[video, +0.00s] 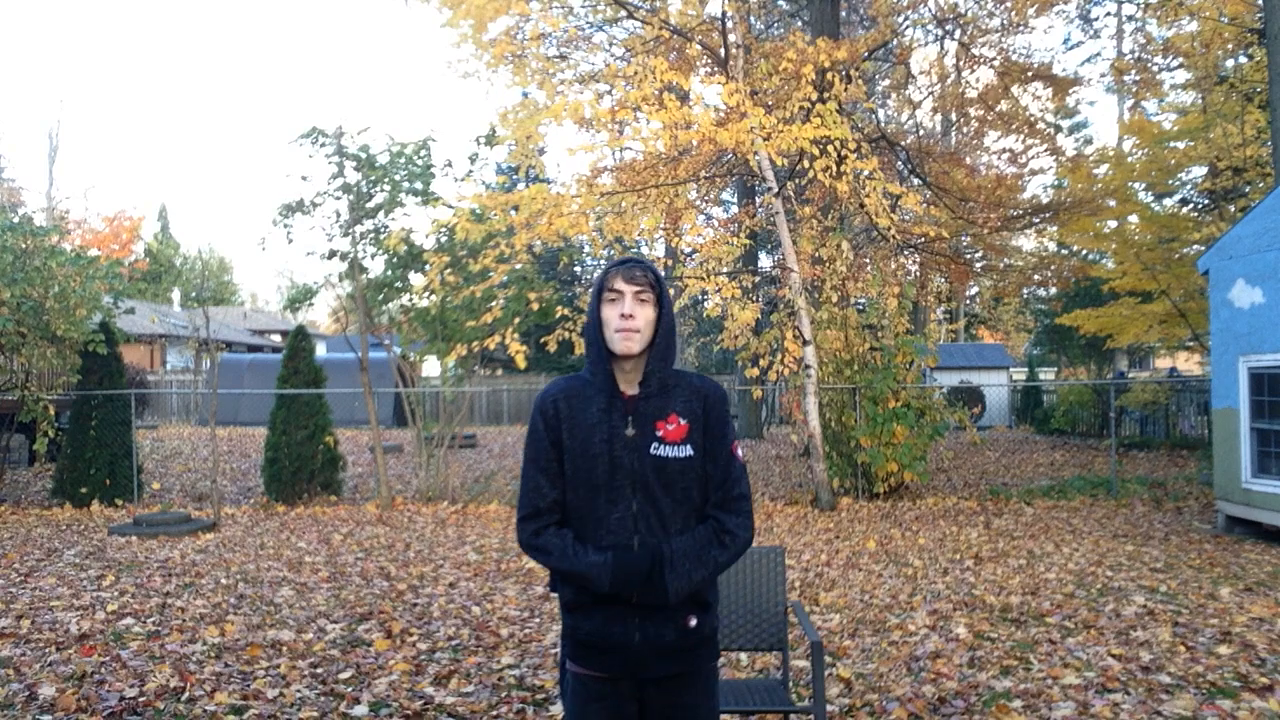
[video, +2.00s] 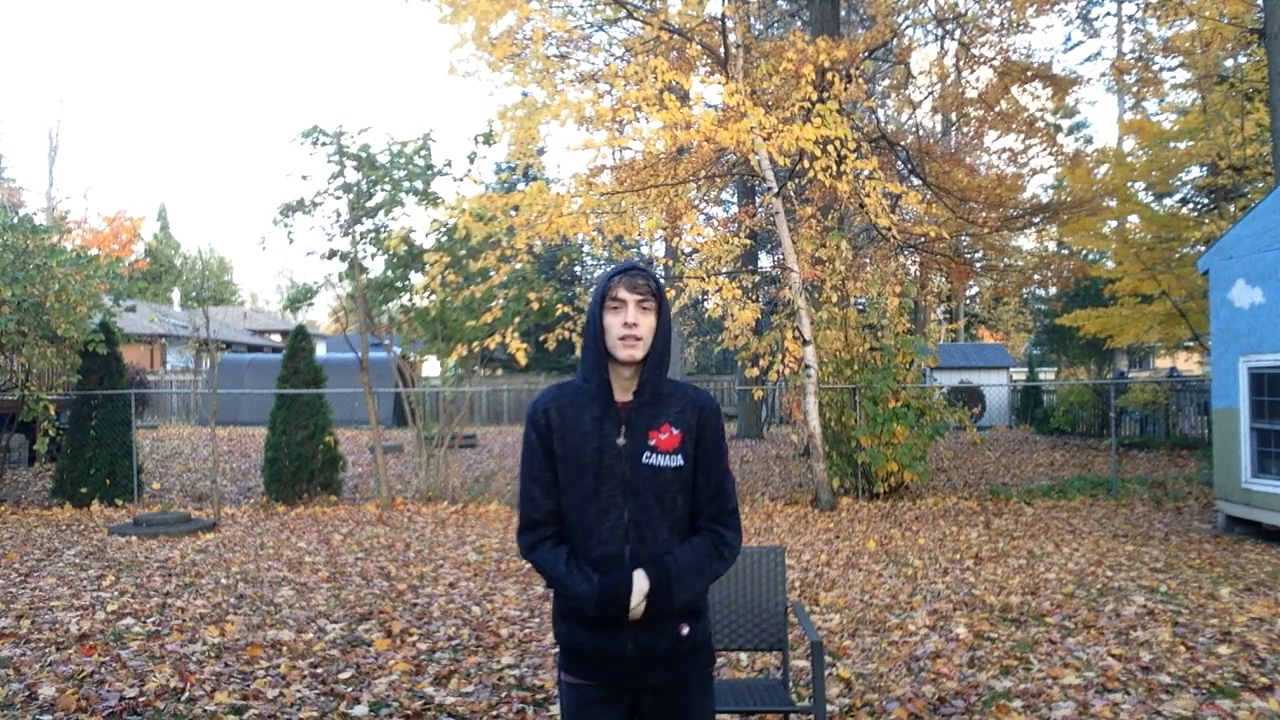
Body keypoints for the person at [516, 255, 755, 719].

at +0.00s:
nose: (626, 311)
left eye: (642, 299)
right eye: (613, 298)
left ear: (661, 316)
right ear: (596, 312)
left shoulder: (703, 399)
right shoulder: (559, 403)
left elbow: (735, 520)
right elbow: (534, 527)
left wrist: (669, 566)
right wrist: (608, 570)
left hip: (684, 645)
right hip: (594, 648)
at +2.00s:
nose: (630, 320)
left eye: (644, 308)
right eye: (616, 307)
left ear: (660, 322)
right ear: (597, 320)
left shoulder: (695, 409)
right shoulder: (553, 410)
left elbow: (723, 532)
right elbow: (536, 533)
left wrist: (654, 578)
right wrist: (601, 595)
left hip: (678, 653)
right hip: (589, 656)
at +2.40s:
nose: (627, 313)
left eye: (642, 301)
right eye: (614, 300)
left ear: (660, 317)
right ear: (595, 314)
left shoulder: (697, 400)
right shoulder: (553, 401)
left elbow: (762, 498)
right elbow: (501, 509)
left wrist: (680, 538)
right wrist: (593, 553)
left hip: (681, 645)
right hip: (590, 649)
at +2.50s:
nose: (620, 313)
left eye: (634, 300)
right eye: (606, 300)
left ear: (652, 317)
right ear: (586, 315)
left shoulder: (690, 391)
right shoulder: (547, 392)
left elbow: (783, 468)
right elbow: (481, 486)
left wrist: (756, 555)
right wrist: (521, 572)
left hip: (673, 638)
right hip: (582, 641)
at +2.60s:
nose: (617, 322)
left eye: (631, 310)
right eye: (603, 309)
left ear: (649, 325)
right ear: (582, 321)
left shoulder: (684, 402)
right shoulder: (537, 408)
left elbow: (761, 503)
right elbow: (483, 521)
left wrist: (851, 595)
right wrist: (437, 637)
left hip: (665, 650)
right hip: (573, 653)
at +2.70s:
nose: (612, 321)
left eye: (626, 309)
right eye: (598, 308)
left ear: (645, 323)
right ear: (577, 321)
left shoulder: (678, 402)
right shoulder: (540, 408)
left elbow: (725, 526)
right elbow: (511, 544)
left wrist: (824, 580)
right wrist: (437, 635)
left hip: (659, 648)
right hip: (566, 652)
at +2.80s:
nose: (609, 316)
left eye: (623, 305)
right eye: (595, 304)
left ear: (642, 319)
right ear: (576, 319)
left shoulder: (678, 402)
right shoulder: (539, 408)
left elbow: (696, 530)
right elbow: (532, 541)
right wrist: (477, 628)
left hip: (658, 645)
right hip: (570, 647)